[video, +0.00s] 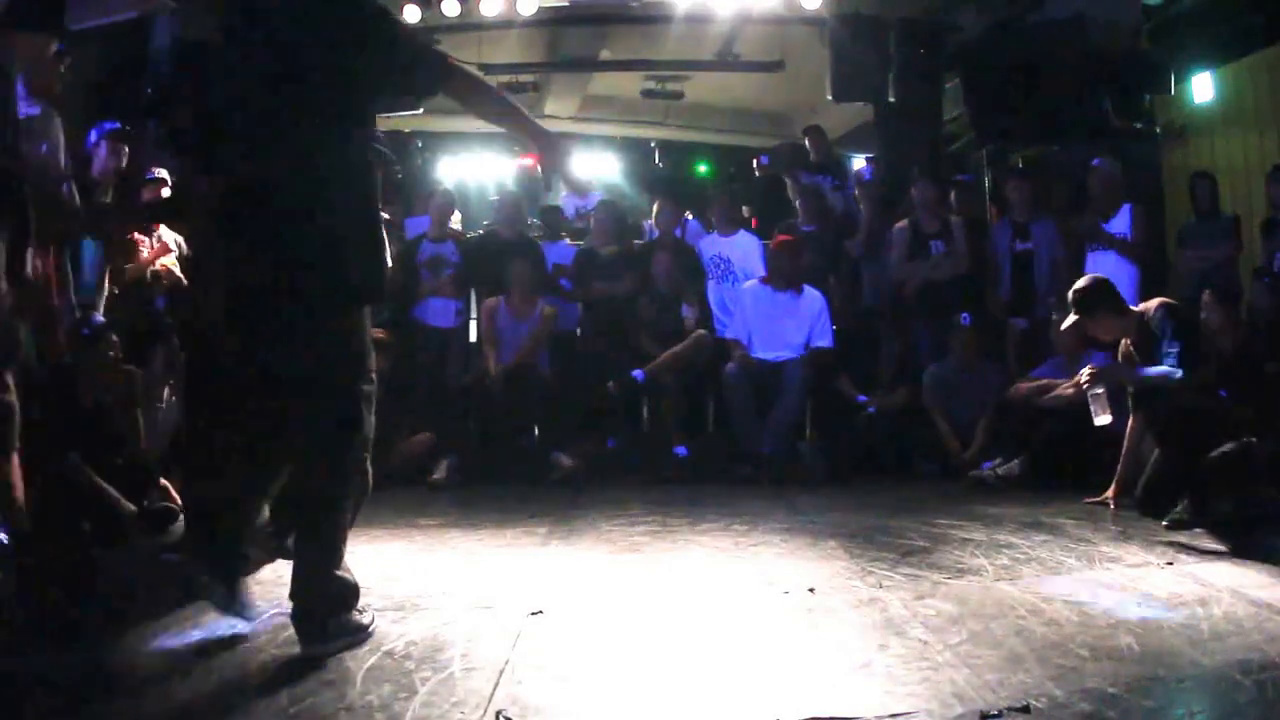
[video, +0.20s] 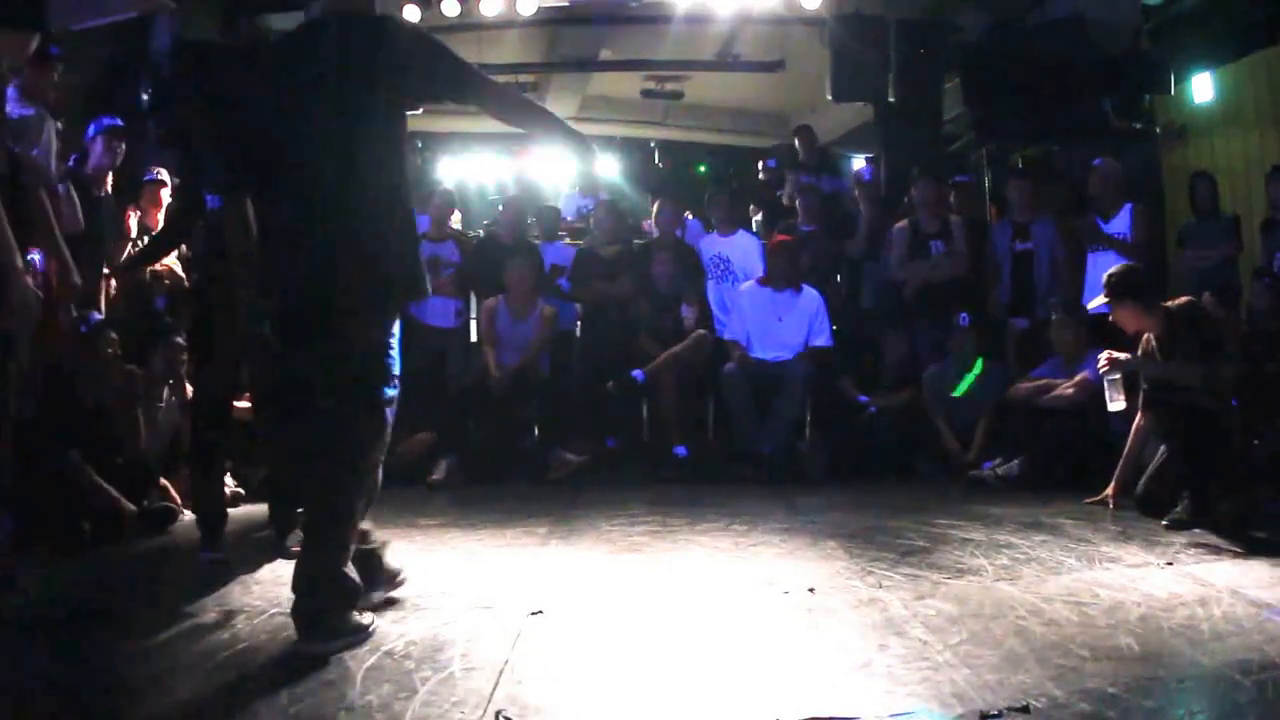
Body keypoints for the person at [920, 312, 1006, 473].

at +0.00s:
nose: (964, 345)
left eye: (969, 340)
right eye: (960, 340)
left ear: (977, 342)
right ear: (952, 341)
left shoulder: (989, 373)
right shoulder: (935, 374)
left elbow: (987, 415)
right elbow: (937, 415)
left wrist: (973, 452)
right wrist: (955, 450)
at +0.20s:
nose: (963, 344)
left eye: (968, 339)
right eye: (959, 339)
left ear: (976, 341)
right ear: (950, 342)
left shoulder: (991, 373)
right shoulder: (935, 375)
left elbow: (987, 414)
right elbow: (937, 416)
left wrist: (974, 453)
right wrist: (954, 449)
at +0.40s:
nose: (964, 350)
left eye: (968, 344)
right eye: (959, 344)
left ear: (976, 345)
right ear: (952, 345)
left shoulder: (988, 374)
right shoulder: (935, 376)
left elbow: (985, 416)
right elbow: (937, 417)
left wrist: (974, 454)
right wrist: (955, 449)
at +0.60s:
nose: (963, 349)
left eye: (967, 344)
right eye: (958, 344)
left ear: (975, 346)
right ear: (951, 345)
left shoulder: (988, 374)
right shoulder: (935, 375)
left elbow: (985, 417)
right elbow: (937, 415)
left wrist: (973, 453)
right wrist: (954, 448)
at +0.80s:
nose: (963, 346)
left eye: (968, 340)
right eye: (958, 340)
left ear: (975, 343)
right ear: (951, 342)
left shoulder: (989, 374)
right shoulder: (935, 375)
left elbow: (986, 416)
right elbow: (937, 416)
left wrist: (973, 454)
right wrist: (956, 450)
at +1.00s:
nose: (961, 346)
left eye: (966, 340)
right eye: (957, 340)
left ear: (974, 343)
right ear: (950, 342)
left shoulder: (988, 373)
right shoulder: (935, 374)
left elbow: (986, 416)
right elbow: (936, 416)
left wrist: (972, 454)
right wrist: (957, 452)